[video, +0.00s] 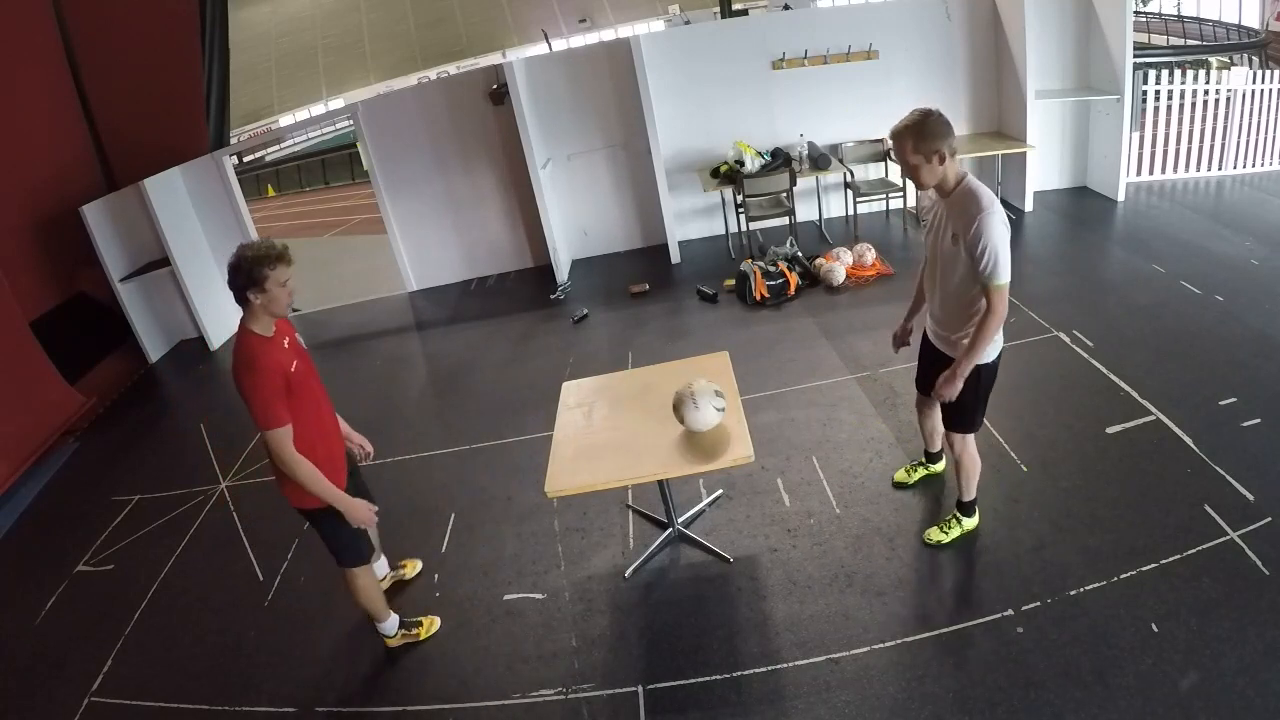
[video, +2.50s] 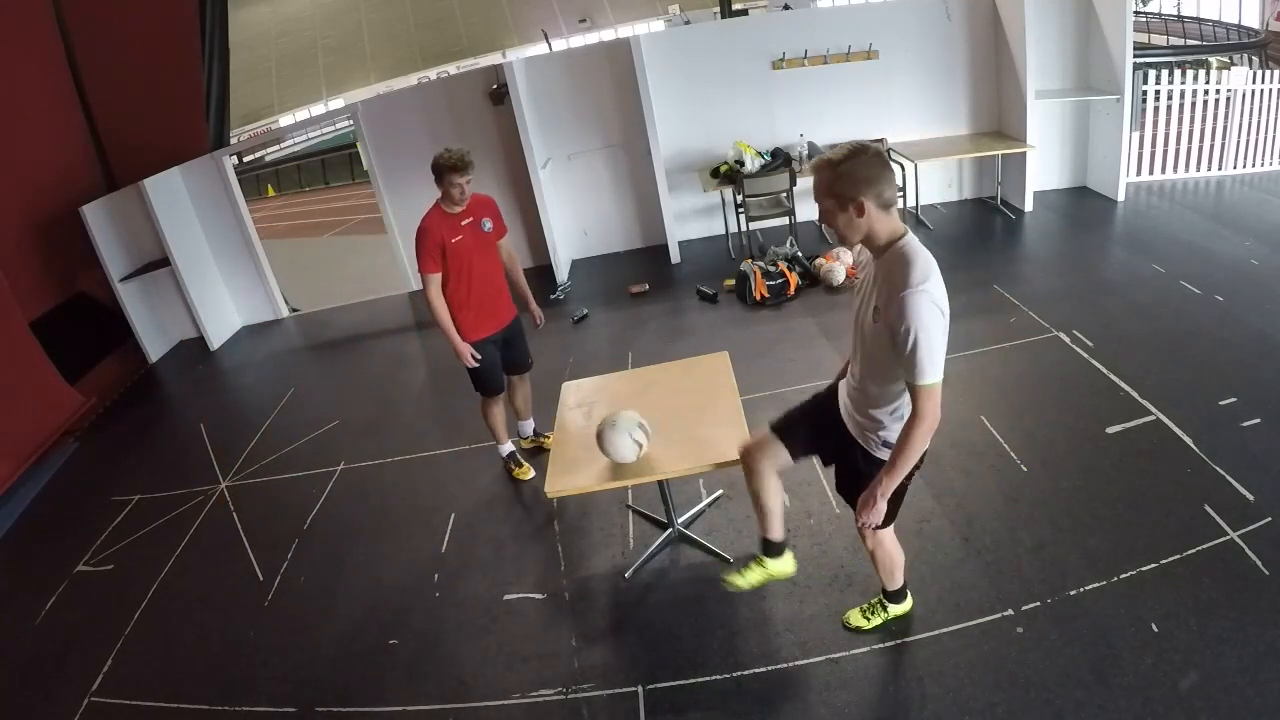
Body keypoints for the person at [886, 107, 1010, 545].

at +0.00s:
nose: (905, 174)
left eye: (909, 165)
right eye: (902, 165)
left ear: (939, 156)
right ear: (932, 157)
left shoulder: (982, 216)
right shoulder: (936, 200)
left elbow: (999, 307)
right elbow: (931, 269)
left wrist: (960, 370)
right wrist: (909, 320)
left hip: (971, 351)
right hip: (936, 336)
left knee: (959, 436)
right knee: (926, 401)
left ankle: (967, 512)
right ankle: (933, 459)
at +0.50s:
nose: (934, 179)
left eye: (940, 170)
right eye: (930, 170)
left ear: (972, 163)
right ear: (964, 162)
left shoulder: (1016, 223)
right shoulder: (941, 207)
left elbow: (1037, 319)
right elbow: (936, 276)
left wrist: (1037, 396)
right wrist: (917, 333)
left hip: (979, 362)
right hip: (934, 346)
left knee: (964, 450)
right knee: (906, 439)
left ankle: (967, 513)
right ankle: (921, 493)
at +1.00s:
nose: (920, 193)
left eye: (926, 184)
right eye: (917, 182)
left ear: (960, 178)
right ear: (918, 176)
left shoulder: (1004, 238)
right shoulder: (925, 222)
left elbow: (1022, 337)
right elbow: (916, 291)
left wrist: (1004, 418)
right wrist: (906, 346)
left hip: (963, 376)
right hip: (915, 350)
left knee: (946, 459)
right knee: (846, 414)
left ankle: (965, 515)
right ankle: (756, 505)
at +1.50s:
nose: (855, 230)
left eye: (860, 219)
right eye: (849, 221)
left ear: (889, 202)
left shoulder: (953, 244)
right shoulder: (873, 242)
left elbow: (1007, 323)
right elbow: (857, 308)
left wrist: (1027, 392)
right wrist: (823, 367)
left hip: (941, 378)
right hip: (900, 362)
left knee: (850, 457)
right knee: (889, 460)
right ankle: (896, 530)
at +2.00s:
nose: (830, 228)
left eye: (835, 218)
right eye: (827, 218)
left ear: (872, 212)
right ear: (870, 210)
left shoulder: (937, 275)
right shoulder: (860, 251)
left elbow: (976, 380)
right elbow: (860, 316)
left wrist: (974, 469)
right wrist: (837, 377)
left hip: (909, 426)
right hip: (860, 404)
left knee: (882, 523)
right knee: (829, 497)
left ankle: (899, 598)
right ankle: (880, 527)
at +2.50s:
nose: (820, 218)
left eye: (824, 207)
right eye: (819, 207)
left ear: (860, 209)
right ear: (862, 207)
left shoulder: (916, 294)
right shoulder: (883, 254)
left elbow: (928, 417)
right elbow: (871, 344)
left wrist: (882, 489)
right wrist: (839, 389)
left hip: (881, 441)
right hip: (845, 400)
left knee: (874, 531)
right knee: (757, 456)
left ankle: (897, 601)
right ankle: (775, 553)